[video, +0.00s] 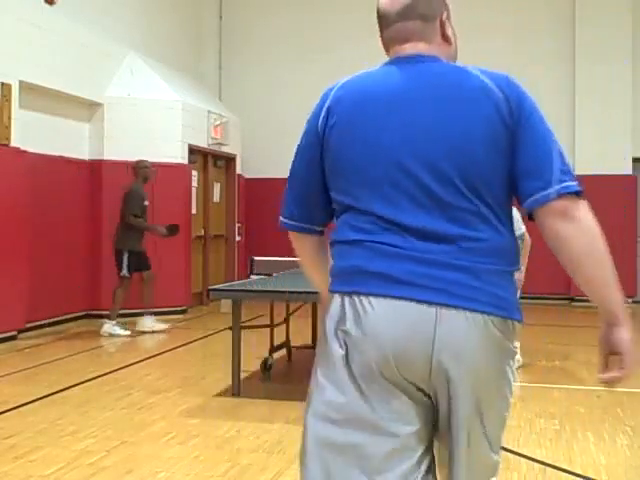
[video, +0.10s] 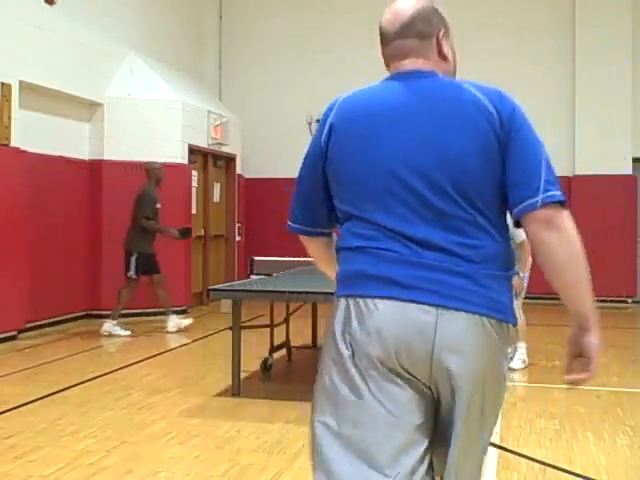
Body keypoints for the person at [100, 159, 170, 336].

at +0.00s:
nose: (150, 172)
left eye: (150, 168)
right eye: (147, 168)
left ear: (144, 172)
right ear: (138, 171)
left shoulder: (141, 193)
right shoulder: (133, 192)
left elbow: (138, 220)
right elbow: (129, 218)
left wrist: (158, 229)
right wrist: (154, 228)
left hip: (136, 244)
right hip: (125, 244)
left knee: (148, 276)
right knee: (124, 281)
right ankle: (111, 322)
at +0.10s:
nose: (162, 173)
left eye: (161, 170)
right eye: (158, 170)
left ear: (156, 173)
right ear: (150, 172)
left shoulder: (154, 195)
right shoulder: (146, 195)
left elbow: (151, 221)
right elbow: (143, 221)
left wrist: (169, 231)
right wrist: (167, 230)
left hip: (147, 247)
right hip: (135, 247)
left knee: (158, 281)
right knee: (131, 284)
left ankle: (171, 318)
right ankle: (111, 322)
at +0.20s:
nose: (174, 175)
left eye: (174, 171)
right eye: (171, 172)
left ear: (167, 175)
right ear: (163, 175)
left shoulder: (165, 196)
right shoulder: (158, 196)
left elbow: (163, 223)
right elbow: (156, 222)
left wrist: (179, 235)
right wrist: (178, 234)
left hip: (161, 249)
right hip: (149, 248)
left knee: (173, 280)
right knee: (143, 285)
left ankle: (175, 319)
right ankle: (117, 318)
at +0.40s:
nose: (197, 173)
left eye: (198, 169)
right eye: (195, 169)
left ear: (191, 172)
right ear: (186, 171)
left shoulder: (186, 192)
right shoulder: (180, 192)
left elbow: (184, 219)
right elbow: (175, 217)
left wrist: (199, 233)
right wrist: (197, 230)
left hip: (183, 243)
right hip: (177, 243)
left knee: (187, 280)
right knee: (187, 279)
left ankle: (177, 317)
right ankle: (160, 308)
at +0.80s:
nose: (243, 179)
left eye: (242, 176)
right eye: (241, 176)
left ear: (231, 178)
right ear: (234, 178)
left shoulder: (231, 197)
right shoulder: (225, 198)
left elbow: (239, 220)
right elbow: (224, 225)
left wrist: (262, 223)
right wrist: (248, 234)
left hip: (227, 246)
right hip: (224, 247)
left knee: (222, 283)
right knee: (237, 281)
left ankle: (190, 310)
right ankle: (241, 319)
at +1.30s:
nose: (299, 178)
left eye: (297, 174)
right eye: (297, 175)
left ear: (284, 175)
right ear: (294, 176)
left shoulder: (282, 192)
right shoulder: (284, 194)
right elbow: (290, 222)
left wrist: (295, 214)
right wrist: (299, 214)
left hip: (275, 247)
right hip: (282, 248)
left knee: (266, 284)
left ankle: (251, 316)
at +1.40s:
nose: (311, 180)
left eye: (310, 177)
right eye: (309, 177)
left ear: (295, 176)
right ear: (305, 177)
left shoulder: (292, 193)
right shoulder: (295, 195)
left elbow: (294, 220)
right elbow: (295, 221)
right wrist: (314, 221)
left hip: (289, 249)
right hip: (296, 251)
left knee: (281, 284)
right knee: (310, 286)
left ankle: (260, 311)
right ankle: (311, 318)